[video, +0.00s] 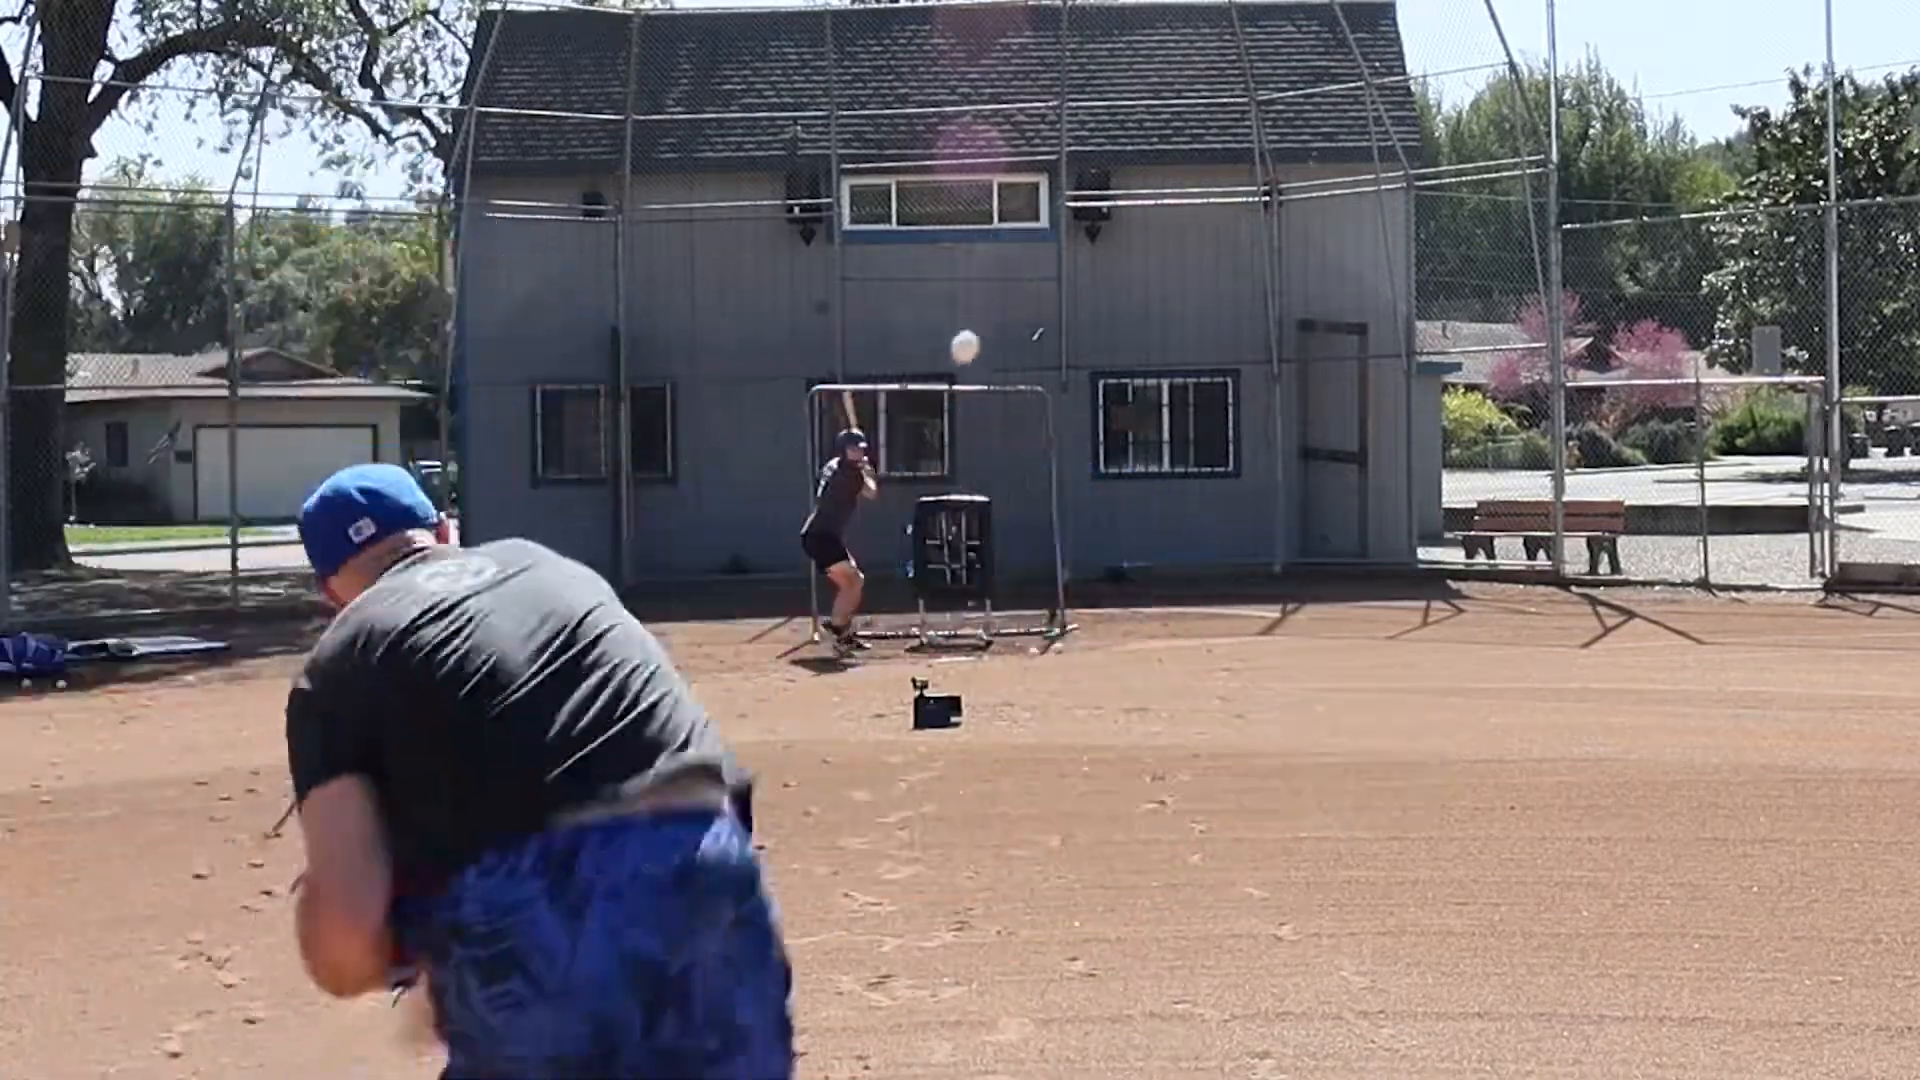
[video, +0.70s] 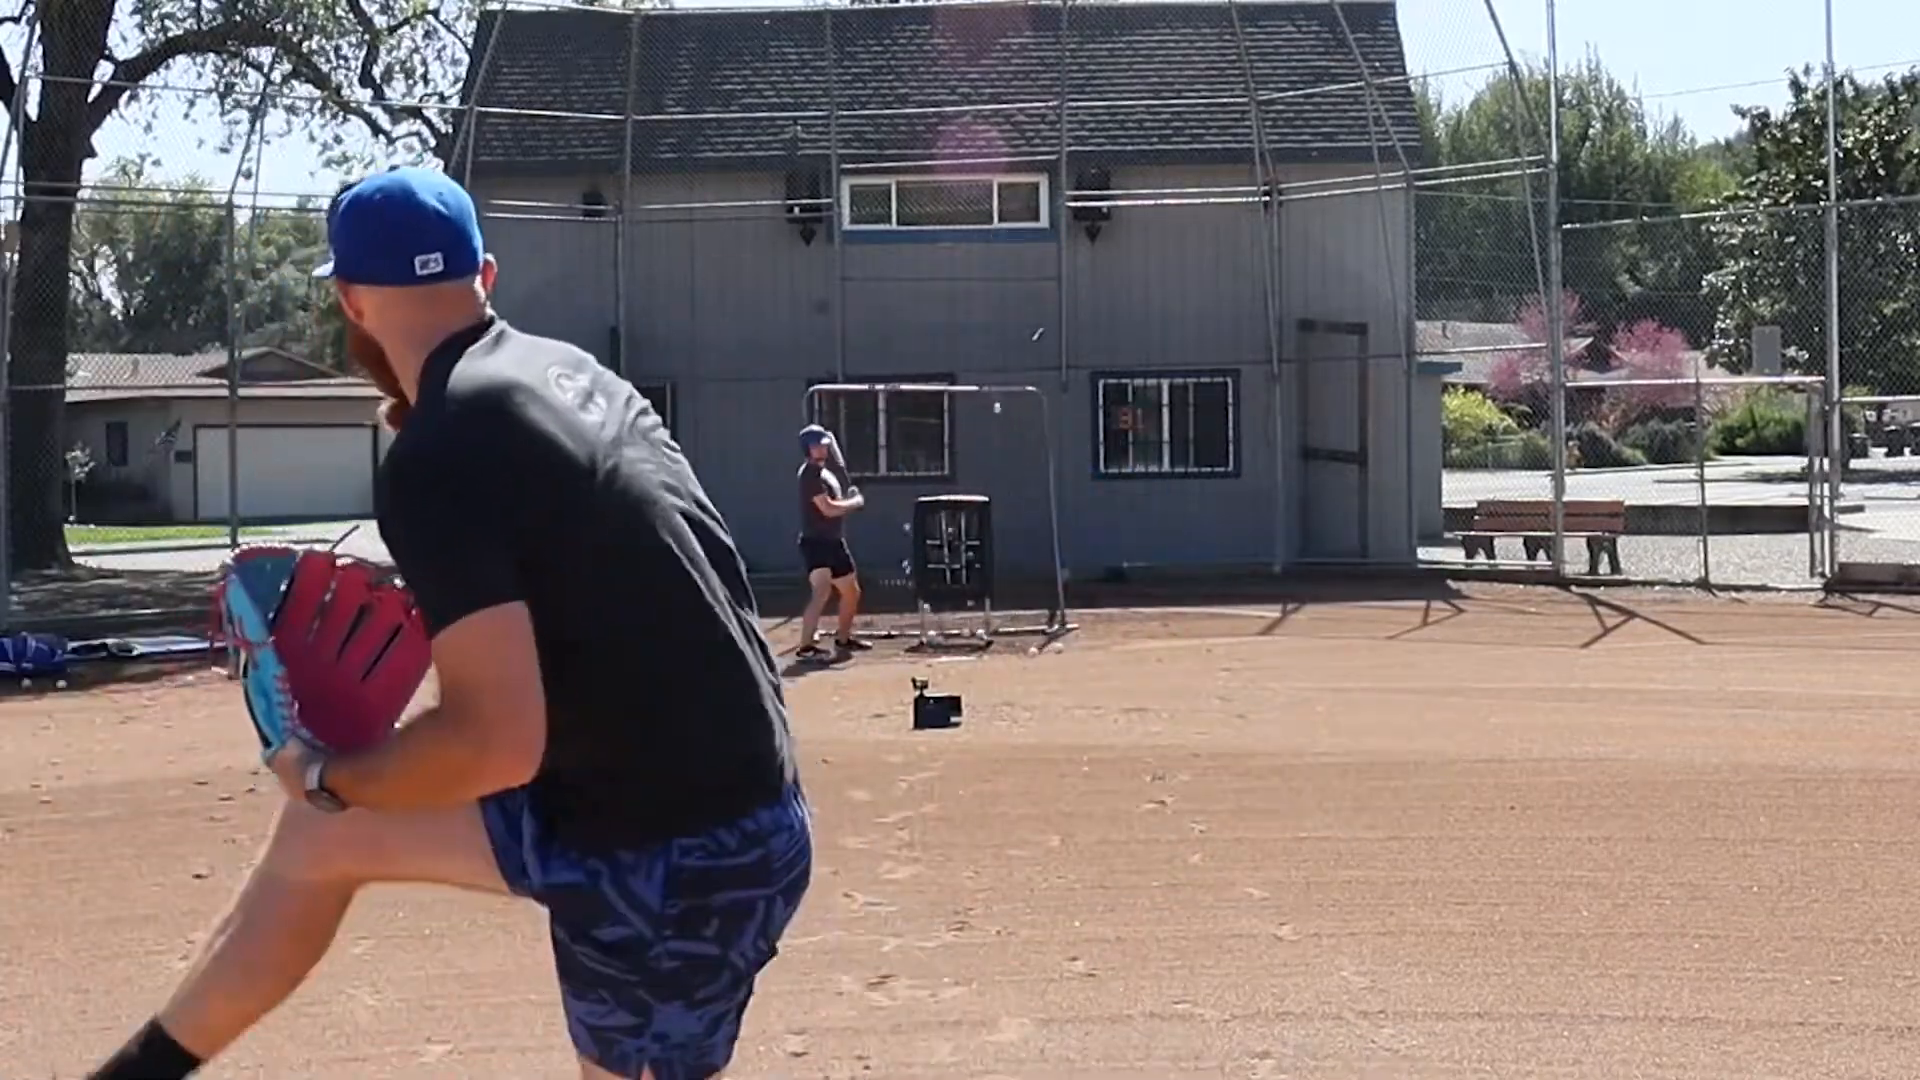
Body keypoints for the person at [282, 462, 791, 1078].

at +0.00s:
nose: (336, 608)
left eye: (329, 597)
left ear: (332, 591)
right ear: (447, 532)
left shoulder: (335, 665)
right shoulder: (546, 563)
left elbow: (347, 953)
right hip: (709, 866)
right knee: (735, 1067)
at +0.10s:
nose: (303, 572)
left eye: (298, 557)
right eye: (298, 560)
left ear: (307, 554)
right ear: (429, 530)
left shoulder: (342, 598)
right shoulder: (510, 594)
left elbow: (386, 746)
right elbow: (423, 892)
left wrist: (275, 885)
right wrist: (296, 996)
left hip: (568, 860)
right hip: (744, 802)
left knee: (584, 1056)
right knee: (827, 1055)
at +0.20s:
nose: (280, 539)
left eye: (276, 520)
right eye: (288, 522)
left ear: (286, 511)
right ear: (392, 486)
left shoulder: (331, 553)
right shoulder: (474, 563)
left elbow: (414, 642)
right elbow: (447, 817)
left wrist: (292, 802)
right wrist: (364, 938)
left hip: (591, 827)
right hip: (748, 756)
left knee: (590, 1062)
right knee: (933, 1062)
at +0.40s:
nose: (267, 410)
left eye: (262, 390)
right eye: (264, 389)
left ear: (275, 393)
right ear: (386, 365)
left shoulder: (316, 472)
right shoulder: (464, 438)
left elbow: (424, 640)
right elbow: (550, 650)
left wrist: (327, 800)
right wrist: (499, 858)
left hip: (610, 824)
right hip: (752, 744)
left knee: (605, 1061)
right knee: (897, 1037)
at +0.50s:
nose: (297, 373)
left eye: (290, 354)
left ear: (300, 358)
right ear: (428, 325)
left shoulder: (357, 464)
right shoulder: (504, 402)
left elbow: (432, 686)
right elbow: (569, 596)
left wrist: (319, 797)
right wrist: (488, 774)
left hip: (633, 845)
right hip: (769, 773)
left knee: (626, 1057)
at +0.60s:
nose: (323, 340)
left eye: (320, 318)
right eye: (321, 316)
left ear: (333, 330)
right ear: (466, 302)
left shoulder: (403, 461)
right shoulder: (542, 386)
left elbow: (459, 722)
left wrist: (318, 789)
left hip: (676, 843)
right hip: (768, 777)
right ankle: (271, 1042)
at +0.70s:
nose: (346, 311)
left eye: (341, 292)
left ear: (352, 302)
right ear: (487, 274)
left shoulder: (438, 446)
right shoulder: (578, 373)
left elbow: (499, 739)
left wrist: (332, 777)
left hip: (678, 860)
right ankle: (145, 1066)